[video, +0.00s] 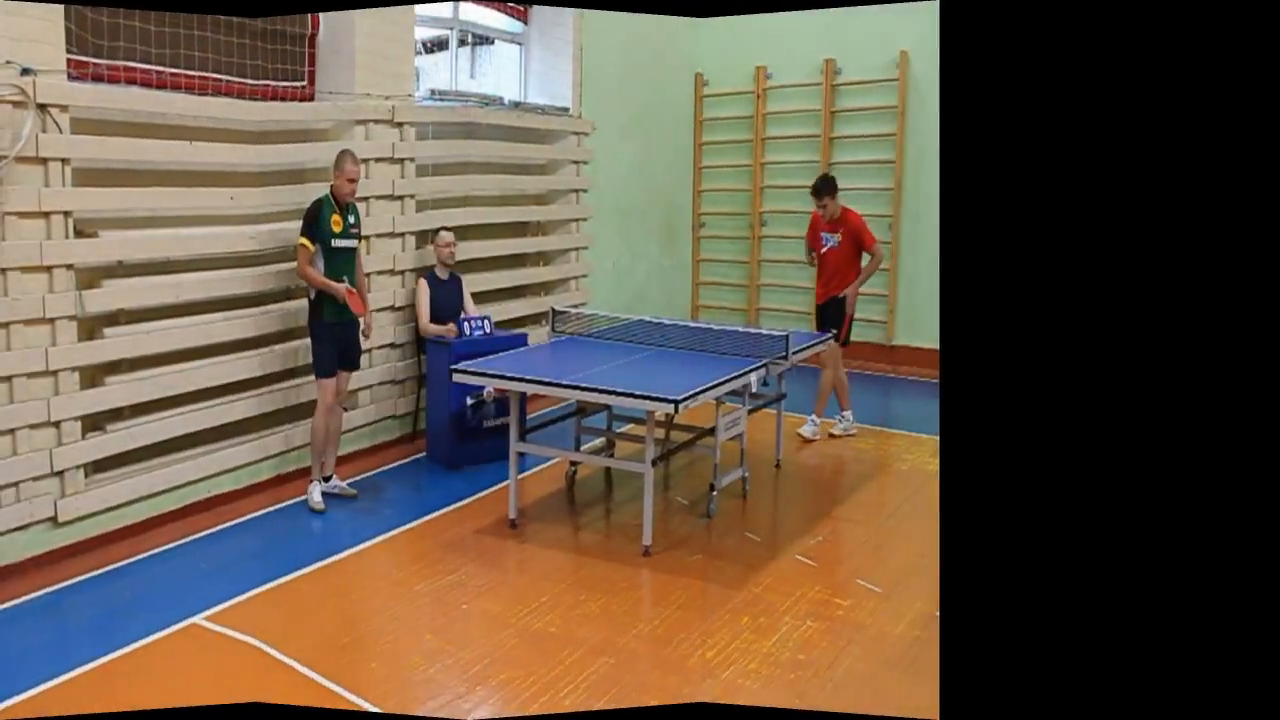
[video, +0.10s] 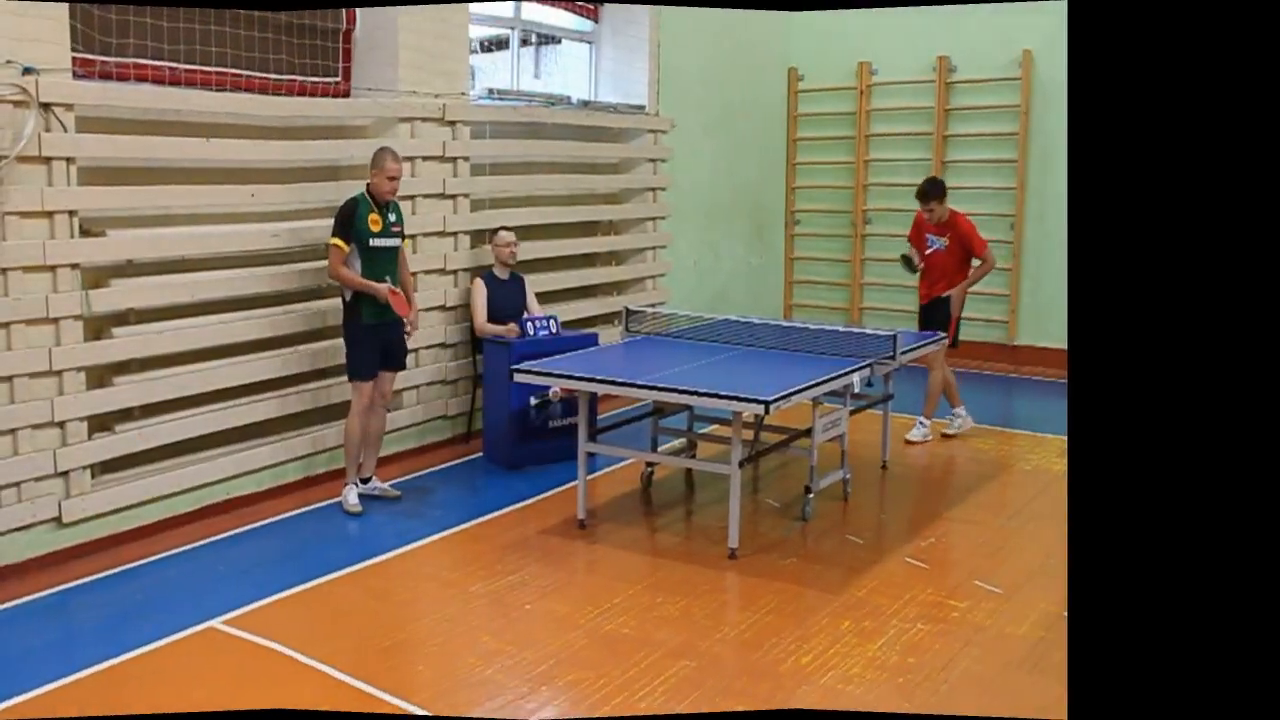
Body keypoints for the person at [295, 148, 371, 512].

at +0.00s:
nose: (354, 187)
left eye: (357, 181)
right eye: (349, 180)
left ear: (359, 180)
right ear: (333, 177)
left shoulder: (354, 212)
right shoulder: (318, 211)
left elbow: (356, 262)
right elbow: (303, 266)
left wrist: (367, 309)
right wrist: (334, 287)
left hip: (348, 314)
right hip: (324, 314)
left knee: (339, 397)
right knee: (327, 398)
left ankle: (330, 475)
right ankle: (315, 480)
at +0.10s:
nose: (395, 185)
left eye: (399, 179)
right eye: (390, 178)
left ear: (400, 179)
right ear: (371, 175)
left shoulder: (395, 211)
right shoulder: (351, 211)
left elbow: (400, 262)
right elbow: (335, 268)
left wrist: (413, 304)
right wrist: (375, 287)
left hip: (392, 316)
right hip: (362, 317)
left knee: (382, 398)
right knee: (362, 399)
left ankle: (368, 478)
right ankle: (350, 483)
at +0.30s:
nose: (469, 186)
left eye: (472, 179)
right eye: (462, 179)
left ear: (474, 178)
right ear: (440, 175)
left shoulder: (468, 208)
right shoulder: (412, 212)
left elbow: (481, 253)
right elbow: (393, 271)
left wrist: (492, 287)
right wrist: (446, 283)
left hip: (465, 319)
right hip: (425, 325)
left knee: (489, 394)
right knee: (425, 403)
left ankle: (447, 469)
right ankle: (414, 488)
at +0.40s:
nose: (473, 191)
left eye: (476, 184)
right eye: (467, 184)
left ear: (475, 182)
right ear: (444, 180)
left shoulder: (471, 211)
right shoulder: (414, 216)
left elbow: (484, 251)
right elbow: (396, 275)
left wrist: (498, 280)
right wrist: (450, 287)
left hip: (466, 319)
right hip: (426, 325)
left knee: (503, 388)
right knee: (426, 404)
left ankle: (466, 465)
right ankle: (414, 488)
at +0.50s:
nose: (480, 199)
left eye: (483, 192)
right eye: (474, 192)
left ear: (480, 187)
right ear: (452, 186)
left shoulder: (477, 216)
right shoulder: (420, 219)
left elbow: (492, 255)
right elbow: (402, 281)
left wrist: (513, 288)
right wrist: (457, 292)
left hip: (470, 321)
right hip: (430, 328)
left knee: (506, 390)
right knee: (429, 405)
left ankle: (500, 478)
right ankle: (415, 489)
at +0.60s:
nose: (494, 208)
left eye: (497, 201)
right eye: (488, 201)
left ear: (495, 198)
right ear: (466, 195)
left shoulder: (491, 224)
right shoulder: (433, 225)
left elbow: (508, 264)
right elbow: (414, 287)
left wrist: (537, 294)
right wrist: (470, 301)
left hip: (477, 326)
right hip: (434, 331)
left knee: (505, 400)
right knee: (431, 410)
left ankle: (527, 484)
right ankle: (416, 489)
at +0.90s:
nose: (561, 256)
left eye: (564, 249)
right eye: (555, 248)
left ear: (565, 245)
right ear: (533, 238)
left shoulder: (554, 263)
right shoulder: (495, 247)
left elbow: (577, 306)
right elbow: (470, 309)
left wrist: (608, 331)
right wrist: (520, 332)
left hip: (503, 325)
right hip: (458, 324)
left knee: (519, 401)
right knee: (443, 404)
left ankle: (533, 489)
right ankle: (418, 489)